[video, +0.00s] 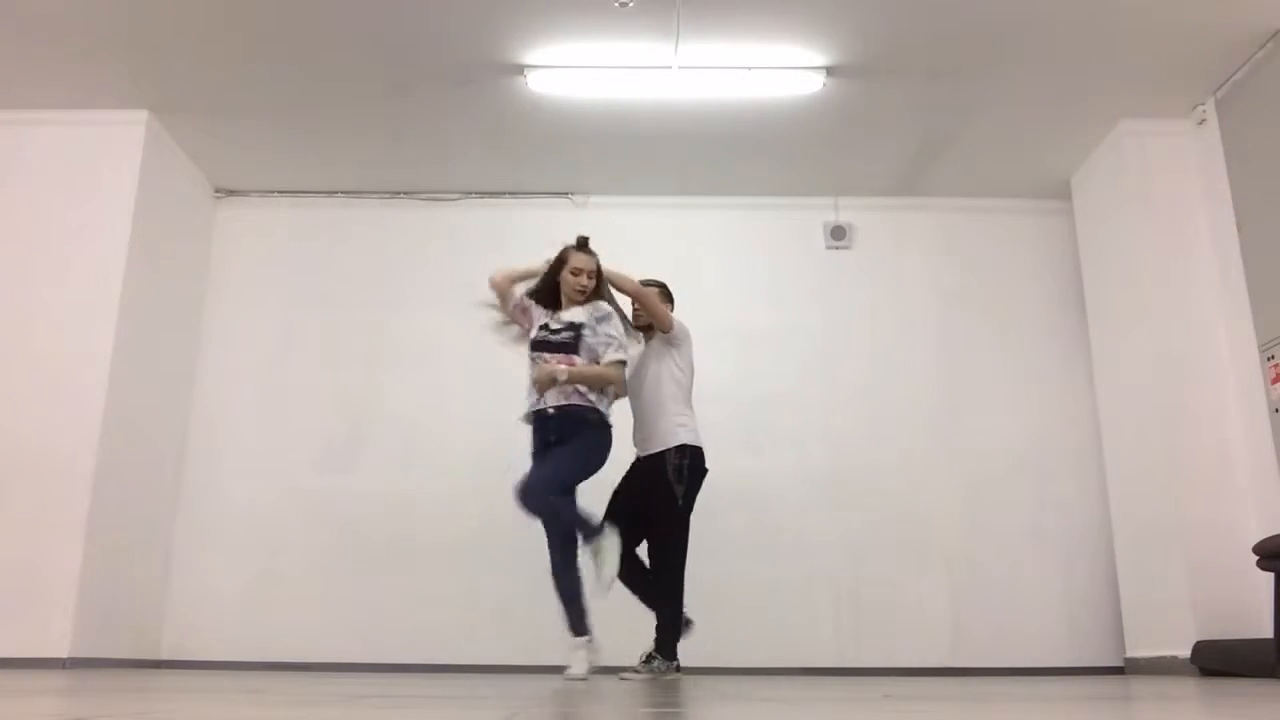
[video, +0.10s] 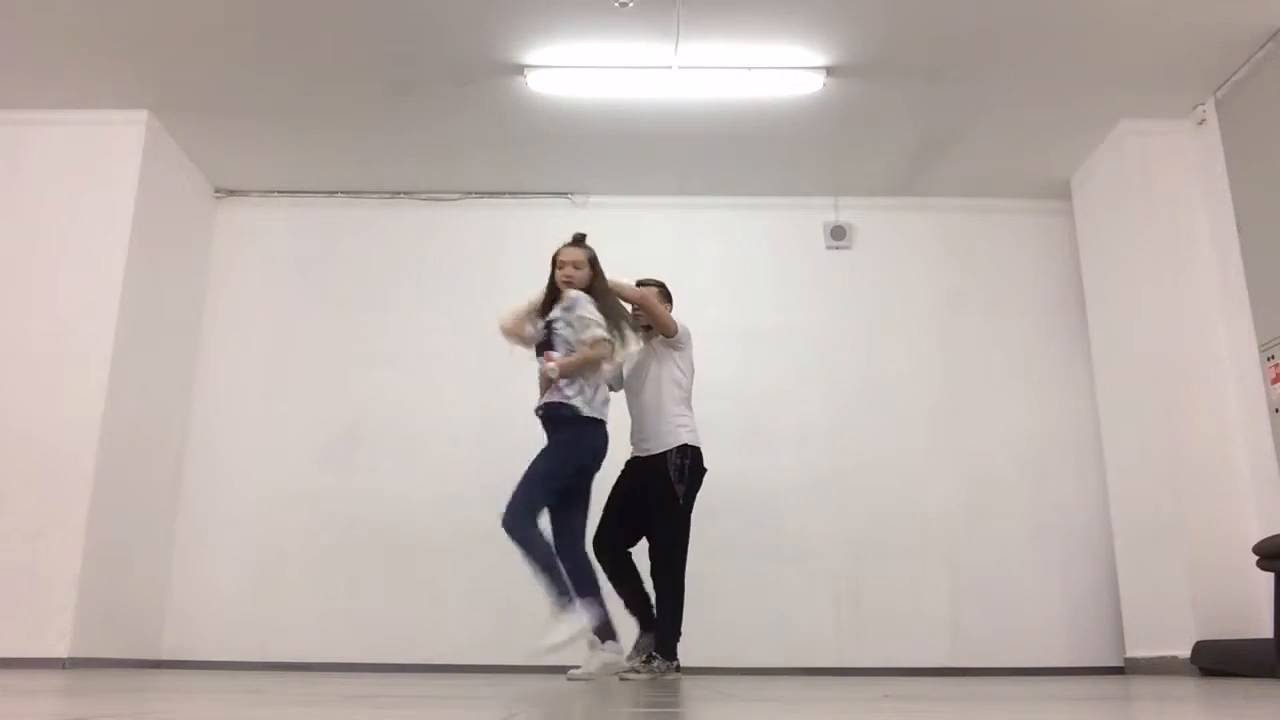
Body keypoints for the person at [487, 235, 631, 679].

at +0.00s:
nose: (582, 281)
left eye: (590, 275)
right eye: (575, 273)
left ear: (597, 280)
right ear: (559, 274)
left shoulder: (602, 316)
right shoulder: (538, 318)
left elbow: (616, 375)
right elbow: (500, 283)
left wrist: (563, 372)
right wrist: (542, 269)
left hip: (589, 432)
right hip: (546, 432)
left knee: (532, 491)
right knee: (560, 540)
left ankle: (597, 534)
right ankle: (581, 638)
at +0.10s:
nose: (567, 272)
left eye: (576, 266)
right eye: (561, 265)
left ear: (590, 273)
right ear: (553, 271)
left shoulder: (579, 303)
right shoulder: (559, 313)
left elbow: (599, 346)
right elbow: (510, 326)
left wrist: (562, 367)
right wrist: (541, 315)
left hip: (575, 432)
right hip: (576, 433)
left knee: (516, 519)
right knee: (570, 544)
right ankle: (606, 643)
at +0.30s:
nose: (548, 278)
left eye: (550, 272)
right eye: (551, 273)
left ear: (557, 271)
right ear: (595, 270)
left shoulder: (545, 300)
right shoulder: (611, 310)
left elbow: (502, 301)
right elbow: (615, 378)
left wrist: (516, 368)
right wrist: (588, 386)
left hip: (547, 431)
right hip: (595, 434)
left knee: (536, 543)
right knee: (588, 540)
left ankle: (529, 650)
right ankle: (600, 650)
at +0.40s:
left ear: (552, 265)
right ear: (597, 271)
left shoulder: (529, 298)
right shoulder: (612, 313)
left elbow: (469, 293)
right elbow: (611, 379)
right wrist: (577, 401)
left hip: (538, 430)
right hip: (591, 431)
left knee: (533, 541)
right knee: (595, 538)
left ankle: (521, 653)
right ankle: (590, 642)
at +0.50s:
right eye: (592, 275)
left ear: (551, 268)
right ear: (594, 276)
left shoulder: (524, 300)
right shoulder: (603, 316)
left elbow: (463, 295)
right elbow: (617, 372)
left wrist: (400, 303)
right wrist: (592, 397)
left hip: (529, 432)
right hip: (581, 433)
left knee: (533, 540)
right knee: (605, 523)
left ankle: (523, 653)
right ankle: (585, 619)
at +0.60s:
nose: (597, 273)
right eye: (595, 267)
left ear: (551, 261)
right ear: (594, 267)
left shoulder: (523, 297)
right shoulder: (603, 311)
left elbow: (465, 297)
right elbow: (633, 359)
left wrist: (400, 298)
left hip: (523, 425)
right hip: (573, 427)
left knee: (528, 538)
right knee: (607, 518)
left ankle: (522, 653)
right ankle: (584, 598)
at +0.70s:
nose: (599, 270)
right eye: (598, 263)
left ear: (553, 260)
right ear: (595, 265)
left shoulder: (531, 301)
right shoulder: (609, 305)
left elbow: (477, 316)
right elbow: (655, 351)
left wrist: (423, 311)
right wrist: (659, 317)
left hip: (522, 422)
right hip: (574, 426)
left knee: (524, 535)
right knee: (599, 532)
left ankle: (520, 653)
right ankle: (589, 612)